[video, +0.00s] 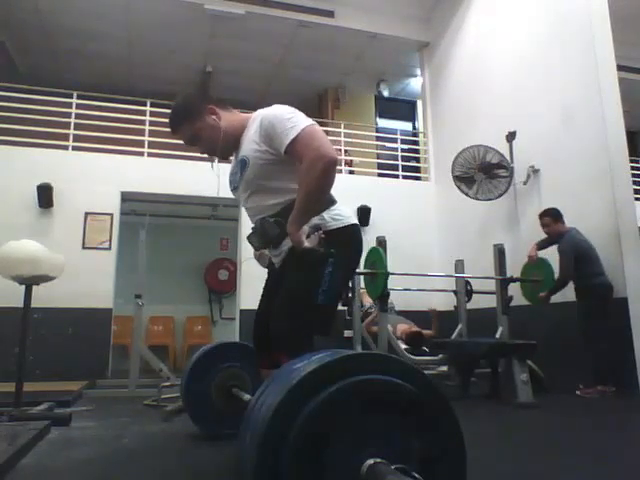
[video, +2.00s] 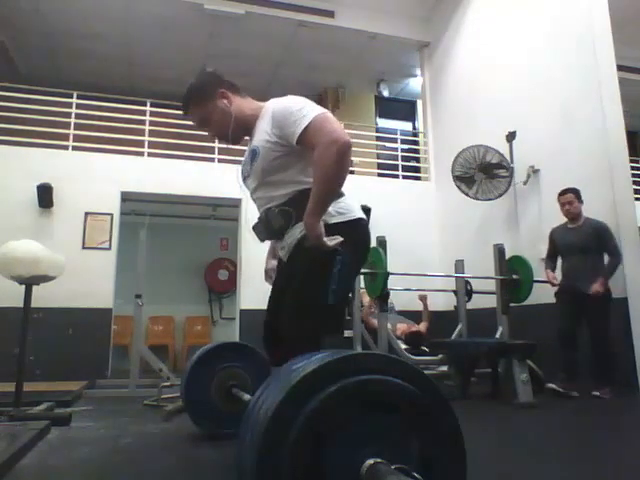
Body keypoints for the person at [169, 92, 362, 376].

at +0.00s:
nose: (200, 150)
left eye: (196, 139)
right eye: (192, 146)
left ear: (213, 115)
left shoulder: (272, 117)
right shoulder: (238, 168)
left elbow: (322, 158)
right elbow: (270, 212)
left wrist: (295, 225)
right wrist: (264, 245)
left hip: (326, 238)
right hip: (293, 252)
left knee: (292, 334)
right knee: (265, 337)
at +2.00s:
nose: (211, 135)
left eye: (206, 122)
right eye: (203, 128)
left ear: (225, 98)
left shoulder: (281, 109)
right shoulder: (252, 159)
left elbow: (335, 142)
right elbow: (286, 202)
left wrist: (312, 219)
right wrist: (275, 249)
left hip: (330, 230)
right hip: (300, 242)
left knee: (301, 333)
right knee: (278, 334)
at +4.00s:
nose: (202, 160)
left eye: (196, 151)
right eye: (194, 157)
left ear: (209, 125)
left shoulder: (267, 121)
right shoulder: (241, 173)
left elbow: (321, 156)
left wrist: (287, 223)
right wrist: (265, 235)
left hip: (330, 240)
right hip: (296, 255)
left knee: (299, 337)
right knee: (270, 340)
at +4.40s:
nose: (199, 163)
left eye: (193, 153)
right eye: (191, 159)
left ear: (207, 127)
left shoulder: (265, 125)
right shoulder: (239, 174)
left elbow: (318, 162)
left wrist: (280, 227)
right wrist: (265, 237)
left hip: (330, 243)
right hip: (297, 257)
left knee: (297, 339)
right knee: (265, 340)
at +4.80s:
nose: (199, 163)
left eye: (194, 154)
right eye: (191, 159)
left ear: (207, 128)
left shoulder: (267, 127)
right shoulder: (240, 176)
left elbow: (317, 165)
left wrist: (279, 230)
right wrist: (264, 242)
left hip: (329, 246)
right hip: (296, 259)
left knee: (291, 341)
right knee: (259, 341)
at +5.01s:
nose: (198, 162)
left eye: (193, 153)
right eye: (191, 158)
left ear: (208, 127)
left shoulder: (267, 129)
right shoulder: (239, 175)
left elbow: (312, 169)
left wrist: (276, 234)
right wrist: (262, 246)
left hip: (328, 248)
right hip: (296, 260)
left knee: (289, 341)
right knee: (257, 338)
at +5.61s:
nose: (208, 147)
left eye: (206, 140)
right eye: (201, 144)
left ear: (219, 123)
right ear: (213, 133)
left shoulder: (278, 134)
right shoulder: (238, 177)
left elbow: (210, 147)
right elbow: (188, 197)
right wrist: (131, 207)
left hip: (333, 251)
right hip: (296, 267)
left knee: (288, 346)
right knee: (257, 345)